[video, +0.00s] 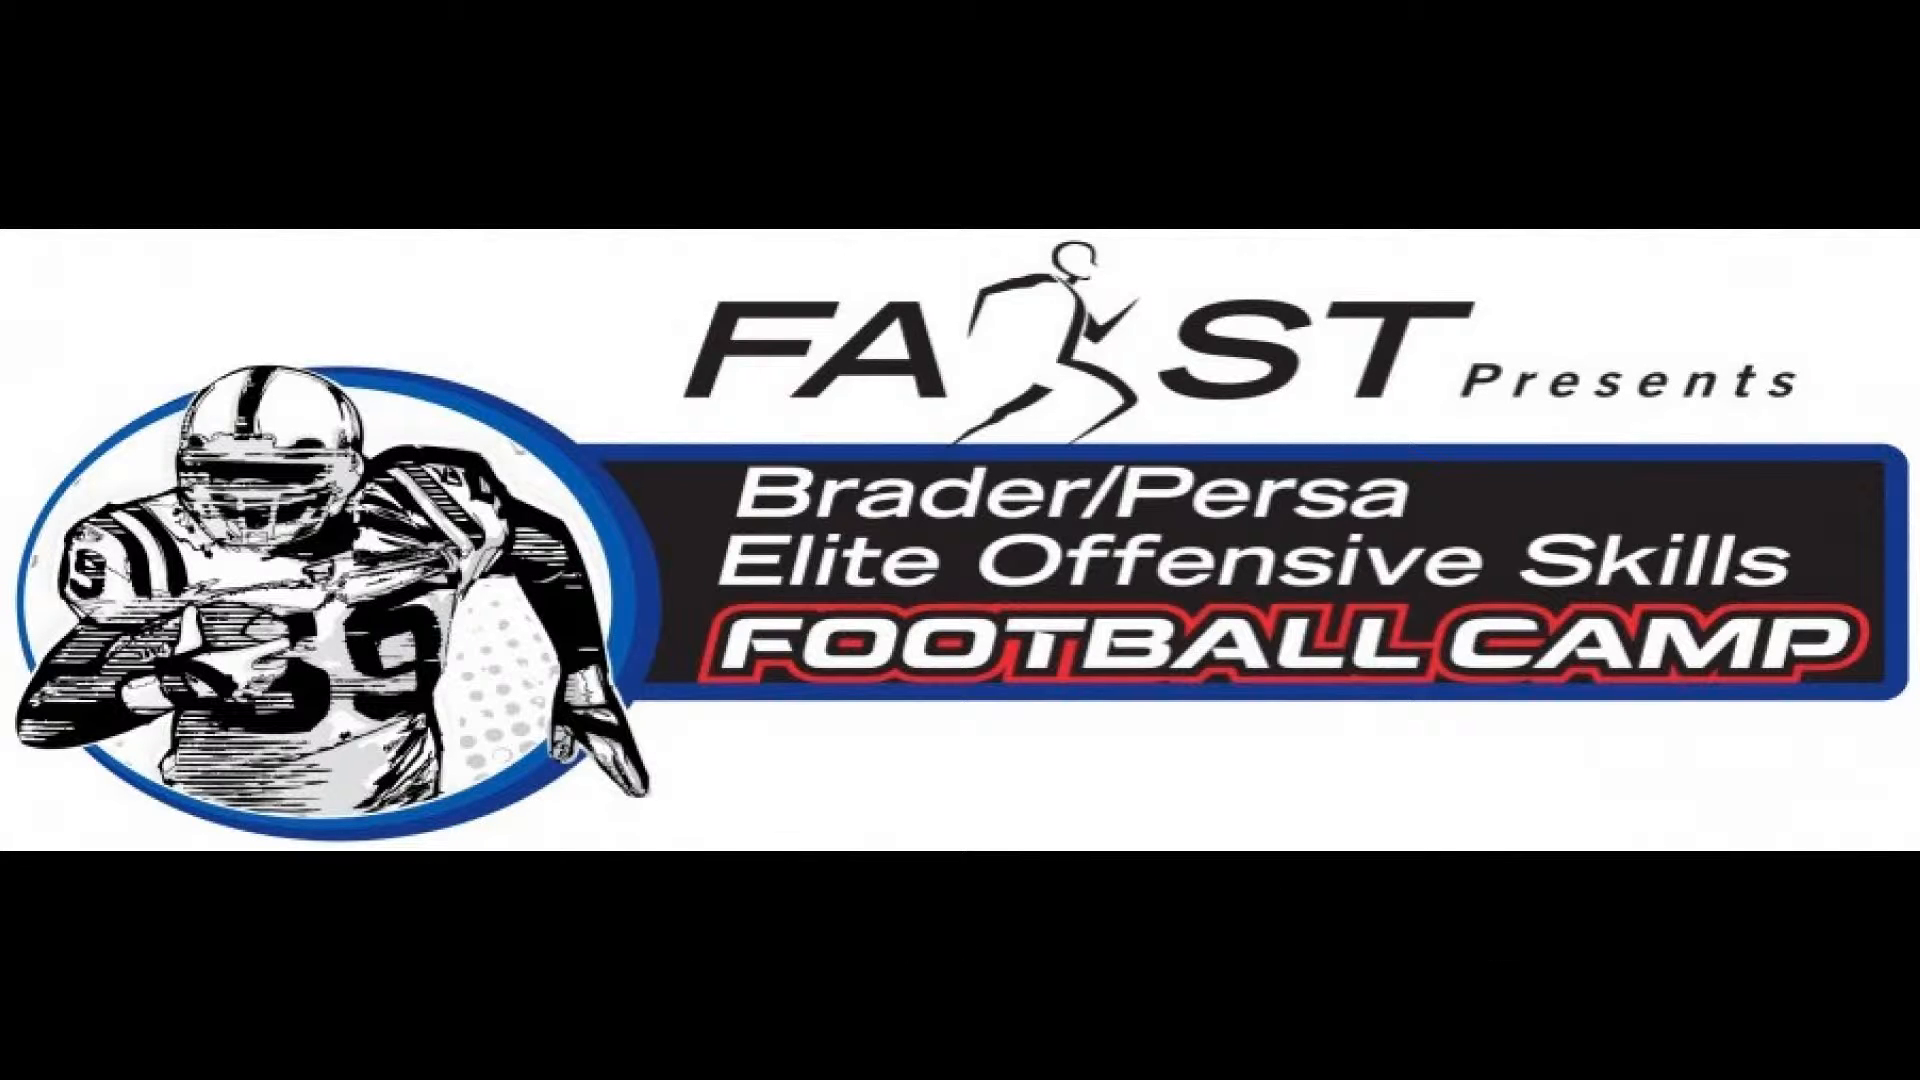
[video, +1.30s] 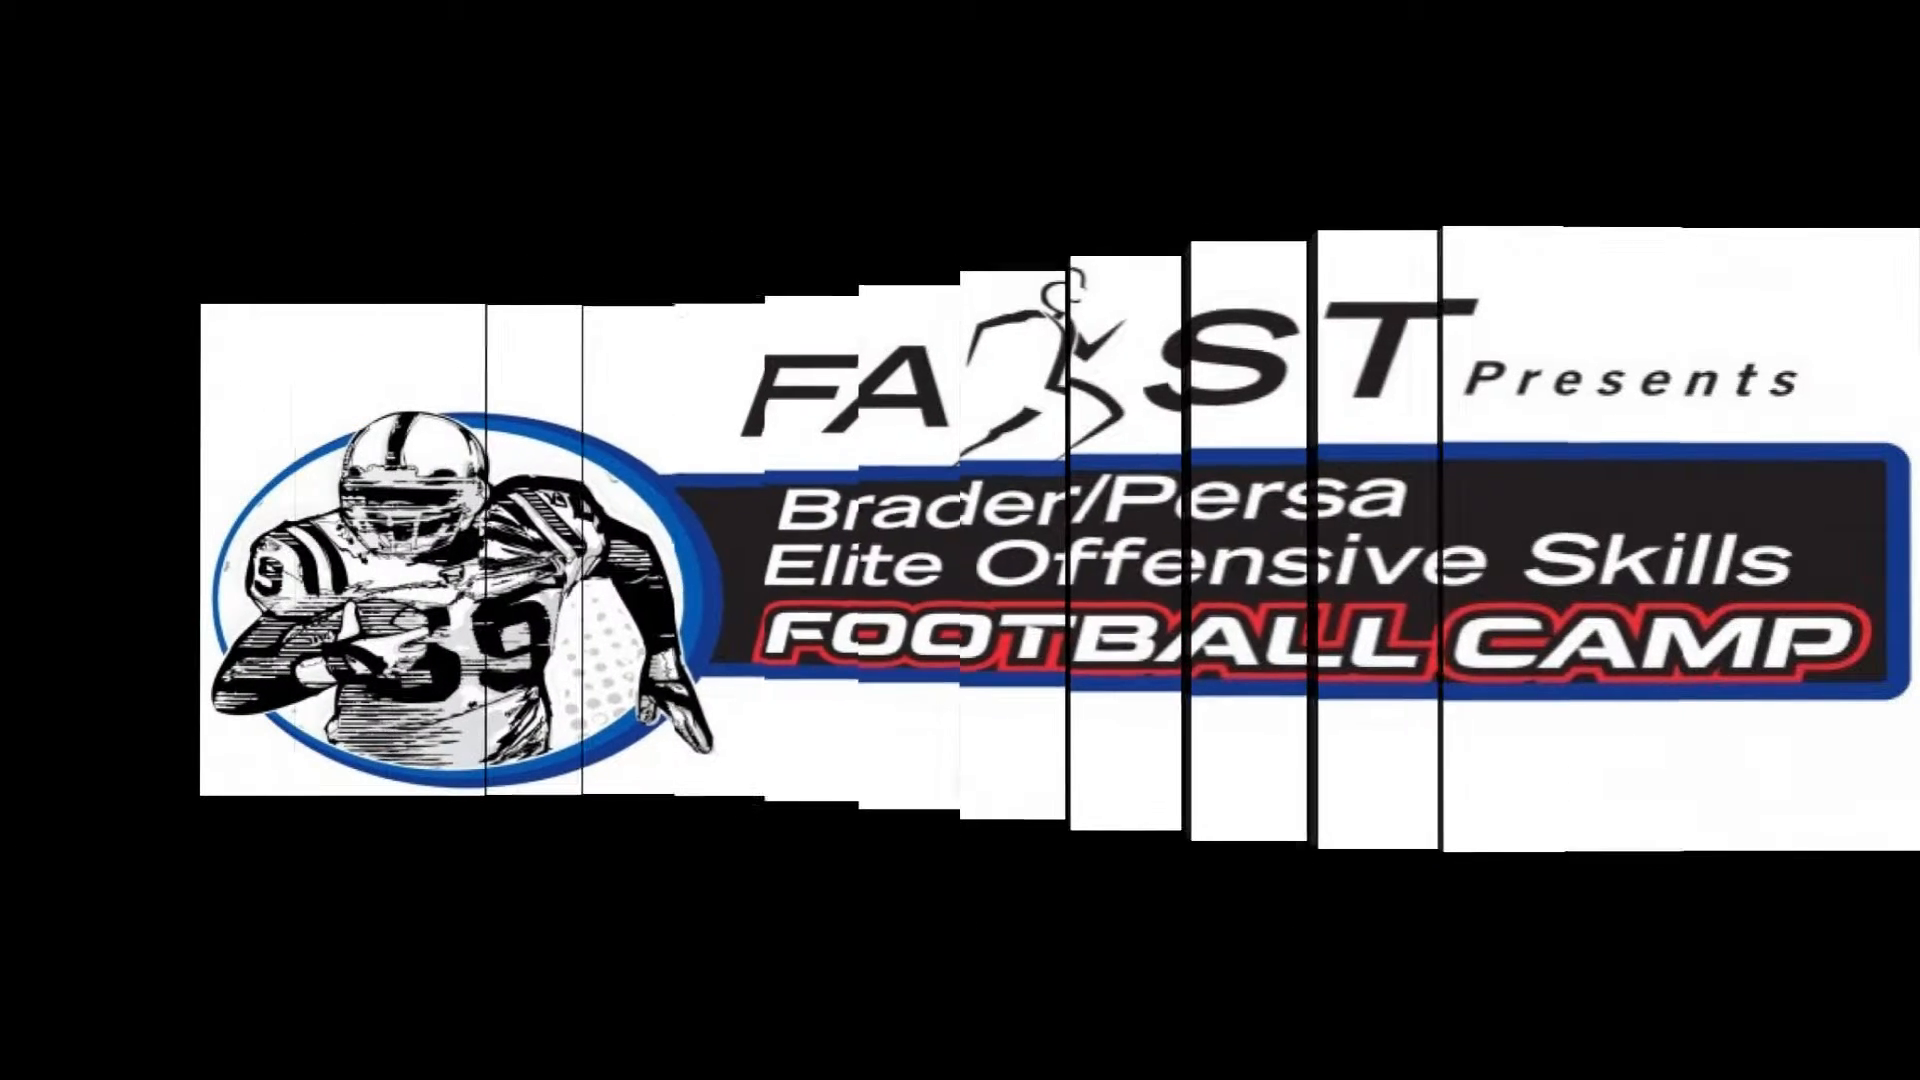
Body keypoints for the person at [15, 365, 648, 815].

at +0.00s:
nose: (252, 515)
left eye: (280, 493)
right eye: (229, 492)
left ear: (336, 480)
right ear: (194, 479)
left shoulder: (426, 508)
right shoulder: (142, 549)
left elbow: (546, 548)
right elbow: (43, 716)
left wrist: (585, 671)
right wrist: (175, 683)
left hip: (387, 812)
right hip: (218, 815)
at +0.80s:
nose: (269, 504)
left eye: (296, 484)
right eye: (250, 482)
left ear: (344, 476)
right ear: (224, 473)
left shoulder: (425, 505)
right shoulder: (186, 545)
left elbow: (543, 549)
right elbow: (117, 706)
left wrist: (583, 678)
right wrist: (223, 672)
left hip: (390, 803)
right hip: (245, 803)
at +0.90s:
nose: (320, 513)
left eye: (344, 492)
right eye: (303, 491)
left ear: (380, 478)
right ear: (278, 477)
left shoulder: (447, 511)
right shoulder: (247, 549)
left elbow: (550, 551)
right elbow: (182, 697)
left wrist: (584, 675)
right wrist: (277, 666)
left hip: (421, 794)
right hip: (297, 794)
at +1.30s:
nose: (402, 531)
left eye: (424, 513)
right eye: (383, 513)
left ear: (467, 501)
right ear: (355, 504)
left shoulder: (535, 524)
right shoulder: (314, 559)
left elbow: (633, 555)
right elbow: (233, 690)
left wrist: (663, 652)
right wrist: (337, 662)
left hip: (511, 764)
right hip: (376, 767)